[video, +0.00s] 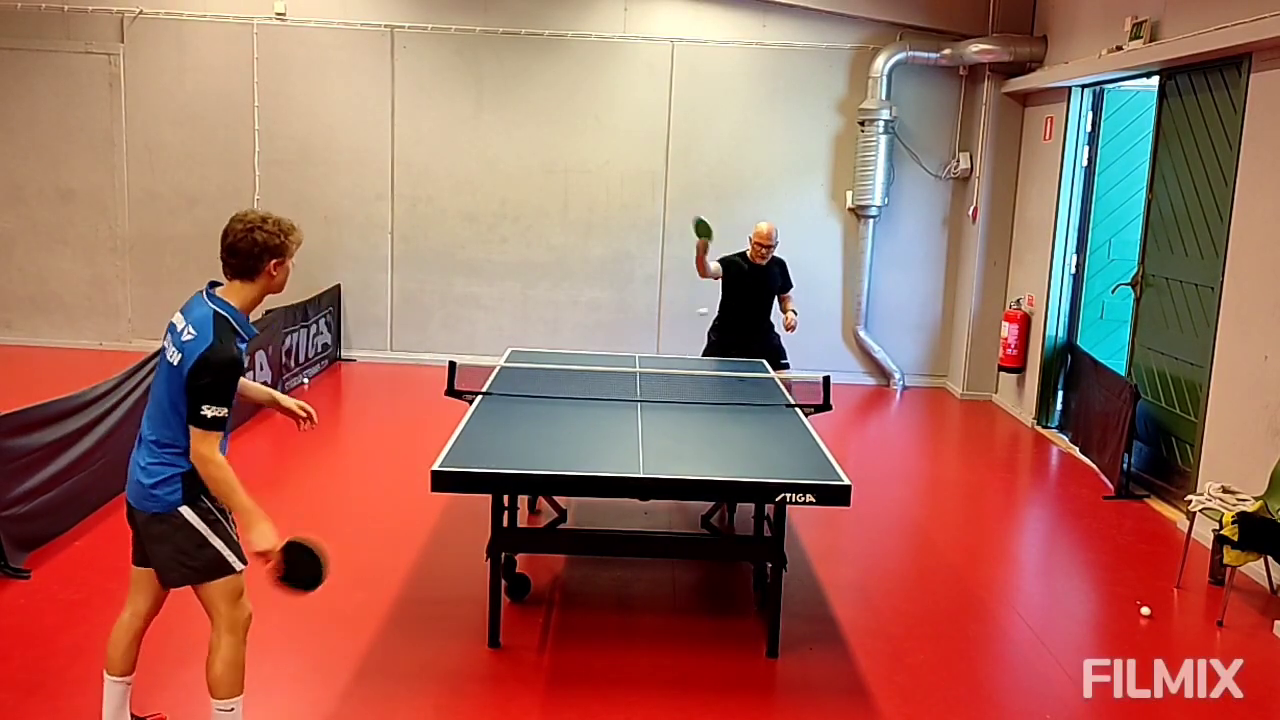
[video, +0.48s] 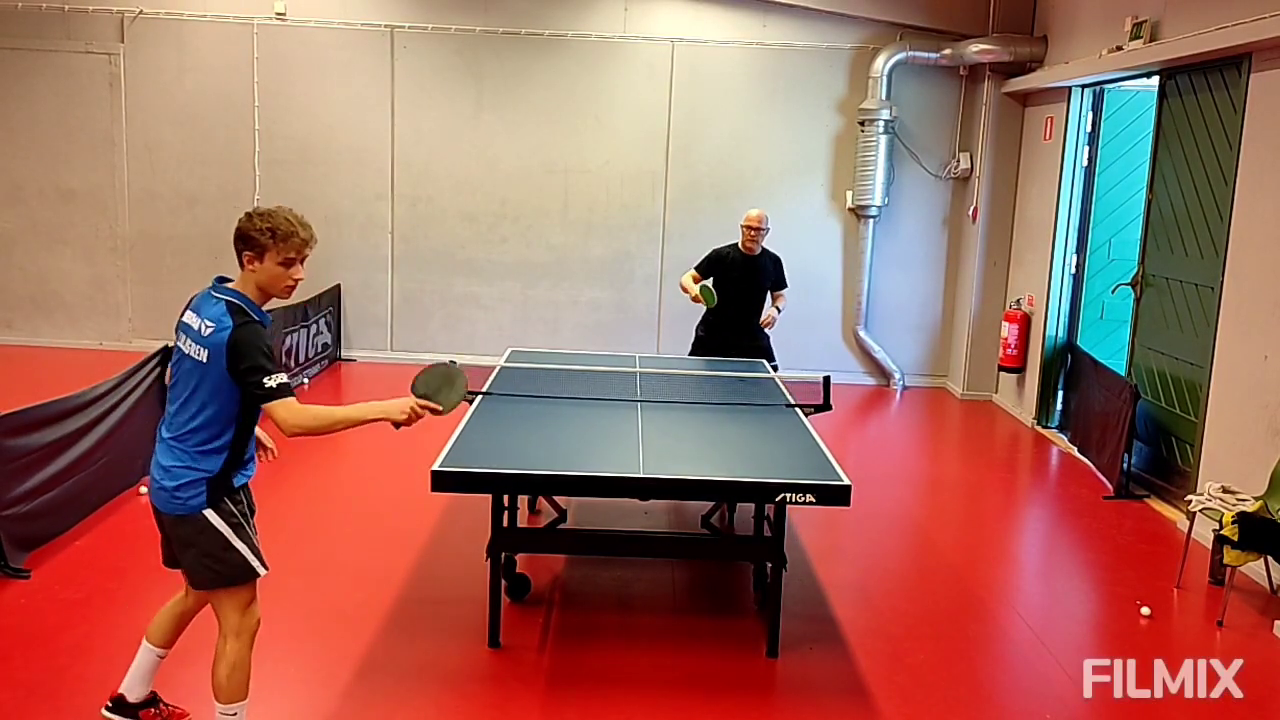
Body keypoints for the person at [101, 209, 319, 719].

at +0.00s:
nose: (289, 270)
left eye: (288, 262)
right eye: (287, 262)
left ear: (234, 262)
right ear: (271, 270)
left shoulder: (205, 304)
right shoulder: (222, 349)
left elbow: (213, 378)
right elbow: (206, 455)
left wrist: (274, 398)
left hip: (146, 482)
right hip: (177, 494)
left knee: (139, 606)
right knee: (233, 617)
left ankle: (115, 715)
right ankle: (227, 717)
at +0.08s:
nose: (303, 282)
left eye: (303, 273)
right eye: (301, 274)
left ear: (252, 271)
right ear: (282, 280)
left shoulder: (224, 307)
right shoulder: (219, 359)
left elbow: (227, 387)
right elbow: (175, 454)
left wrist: (275, 419)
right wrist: (177, 538)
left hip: (154, 485)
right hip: (188, 494)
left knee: (144, 602)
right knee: (225, 619)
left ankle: (114, 714)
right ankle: (223, 718)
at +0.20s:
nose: (324, 295)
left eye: (325, 285)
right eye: (320, 285)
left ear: (282, 282)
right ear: (288, 285)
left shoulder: (247, 317)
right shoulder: (224, 354)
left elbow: (222, 392)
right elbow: (180, 447)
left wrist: (251, 433)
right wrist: (186, 529)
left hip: (176, 484)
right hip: (193, 494)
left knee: (148, 602)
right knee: (229, 621)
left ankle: (110, 713)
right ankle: (224, 719)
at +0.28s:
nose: (323, 292)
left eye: (325, 282)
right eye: (316, 281)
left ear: (279, 278)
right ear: (279, 278)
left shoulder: (240, 309)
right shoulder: (235, 346)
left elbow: (214, 391)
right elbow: (208, 447)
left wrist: (251, 432)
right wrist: (248, 510)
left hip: (170, 481)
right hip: (190, 493)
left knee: (157, 598)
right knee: (231, 623)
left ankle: (110, 710)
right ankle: (226, 718)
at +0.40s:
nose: (306, 282)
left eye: (308, 271)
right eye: (297, 270)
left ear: (259, 266)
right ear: (260, 264)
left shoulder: (215, 304)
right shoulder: (247, 334)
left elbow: (199, 386)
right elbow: (275, 428)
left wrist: (251, 426)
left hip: (170, 480)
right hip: (202, 494)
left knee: (189, 591)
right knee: (236, 621)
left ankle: (123, 702)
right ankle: (228, 719)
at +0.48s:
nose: (300, 275)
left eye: (302, 263)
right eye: (290, 264)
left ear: (251, 263)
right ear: (252, 261)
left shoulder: (206, 300)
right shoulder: (246, 329)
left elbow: (182, 384)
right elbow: (293, 419)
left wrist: (239, 424)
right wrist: (385, 410)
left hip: (173, 481)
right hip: (206, 495)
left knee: (199, 591)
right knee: (239, 620)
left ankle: (130, 697)